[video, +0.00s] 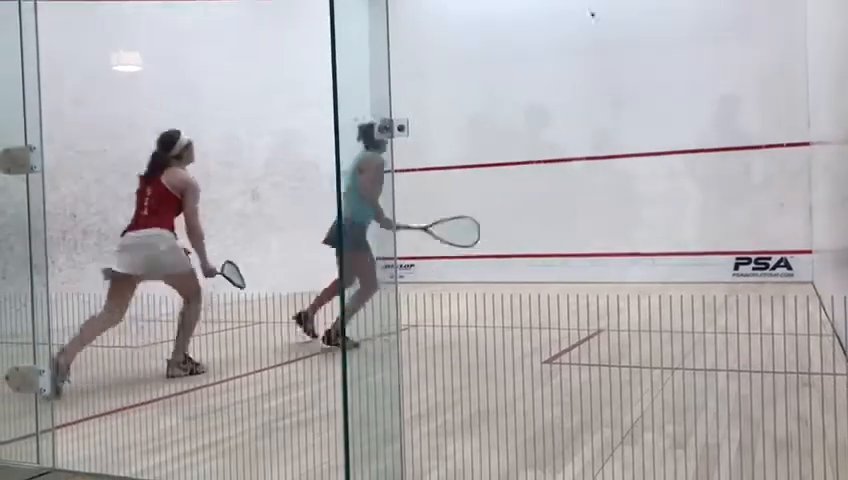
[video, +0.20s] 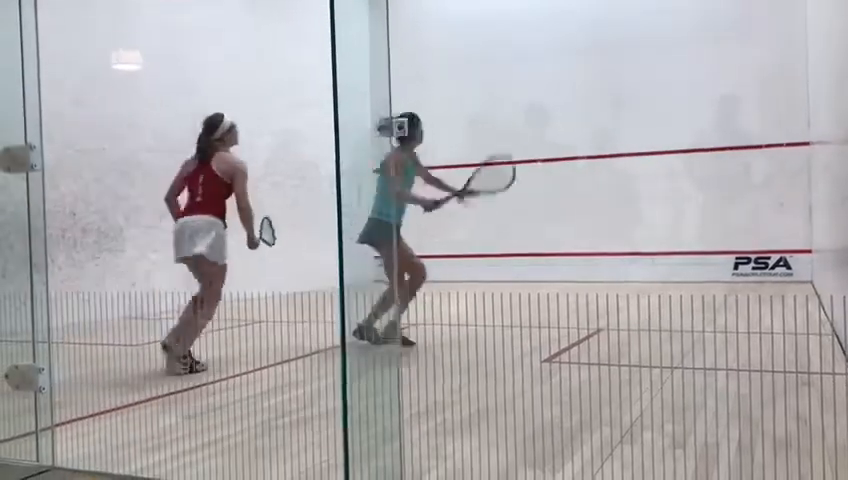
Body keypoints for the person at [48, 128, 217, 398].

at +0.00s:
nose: (193, 153)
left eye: (191, 148)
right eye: (190, 149)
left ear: (164, 153)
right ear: (182, 153)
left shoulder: (147, 178)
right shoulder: (185, 181)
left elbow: (149, 220)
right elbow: (193, 228)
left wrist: (174, 247)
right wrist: (205, 263)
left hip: (129, 247)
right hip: (160, 247)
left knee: (112, 313)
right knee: (193, 296)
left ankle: (64, 357)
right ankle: (178, 359)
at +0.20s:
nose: (237, 133)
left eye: (234, 129)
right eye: (233, 130)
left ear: (211, 137)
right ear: (224, 136)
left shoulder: (192, 162)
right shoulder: (234, 164)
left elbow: (170, 197)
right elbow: (243, 204)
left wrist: (182, 224)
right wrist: (251, 234)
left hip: (184, 229)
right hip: (210, 228)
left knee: (206, 290)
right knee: (211, 297)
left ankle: (174, 340)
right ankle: (180, 352)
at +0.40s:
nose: (270, 124)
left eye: (267, 121)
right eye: (265, 123)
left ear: (246, 134)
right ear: (257, 132)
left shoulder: (229, 158)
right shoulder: (272, 159)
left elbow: (206, 189)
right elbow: (282, 198)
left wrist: (214, 220)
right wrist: (286, 222)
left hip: (235, 226)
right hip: (260, 226)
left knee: (260, 281)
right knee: (252, 289)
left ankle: (266, 333)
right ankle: (213, 330)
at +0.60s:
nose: (302, 123)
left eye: (299, 119)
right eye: (297, 121)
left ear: (278, 130)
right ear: (289, 129)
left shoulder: (266, 155)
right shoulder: (303, 154)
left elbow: (251, 190)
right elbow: (311, 191)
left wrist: (265, 209)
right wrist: (319, 215)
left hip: (271, 220)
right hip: (295, 221)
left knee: (283, 274)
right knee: (313, 274)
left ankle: (269, 327)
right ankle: (282, 317)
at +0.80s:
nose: (337, 132)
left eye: (334, 128)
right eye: (334, 129)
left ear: (312, 134)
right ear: (329, 132)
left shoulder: (304, 157)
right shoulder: (338, 159)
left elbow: (290, 196)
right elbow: (345, 200)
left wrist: (300, 217)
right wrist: (358, 230)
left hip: (301, 223)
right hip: (324, 223)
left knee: (308, 277)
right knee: (357, 263)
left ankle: (280, 323)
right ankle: (356, 321)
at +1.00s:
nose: (399, 157)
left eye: (397, 154)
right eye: (395, 155)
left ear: (376, 159)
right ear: (388, 159)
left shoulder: (363, 182)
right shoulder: (390, 186)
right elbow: (394, 228)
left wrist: (400, 251)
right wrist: (411, 255)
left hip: (346, 235)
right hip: (368, 238)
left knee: (323, 285)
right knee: (399, 270)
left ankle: (283, 322)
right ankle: (397, 323)